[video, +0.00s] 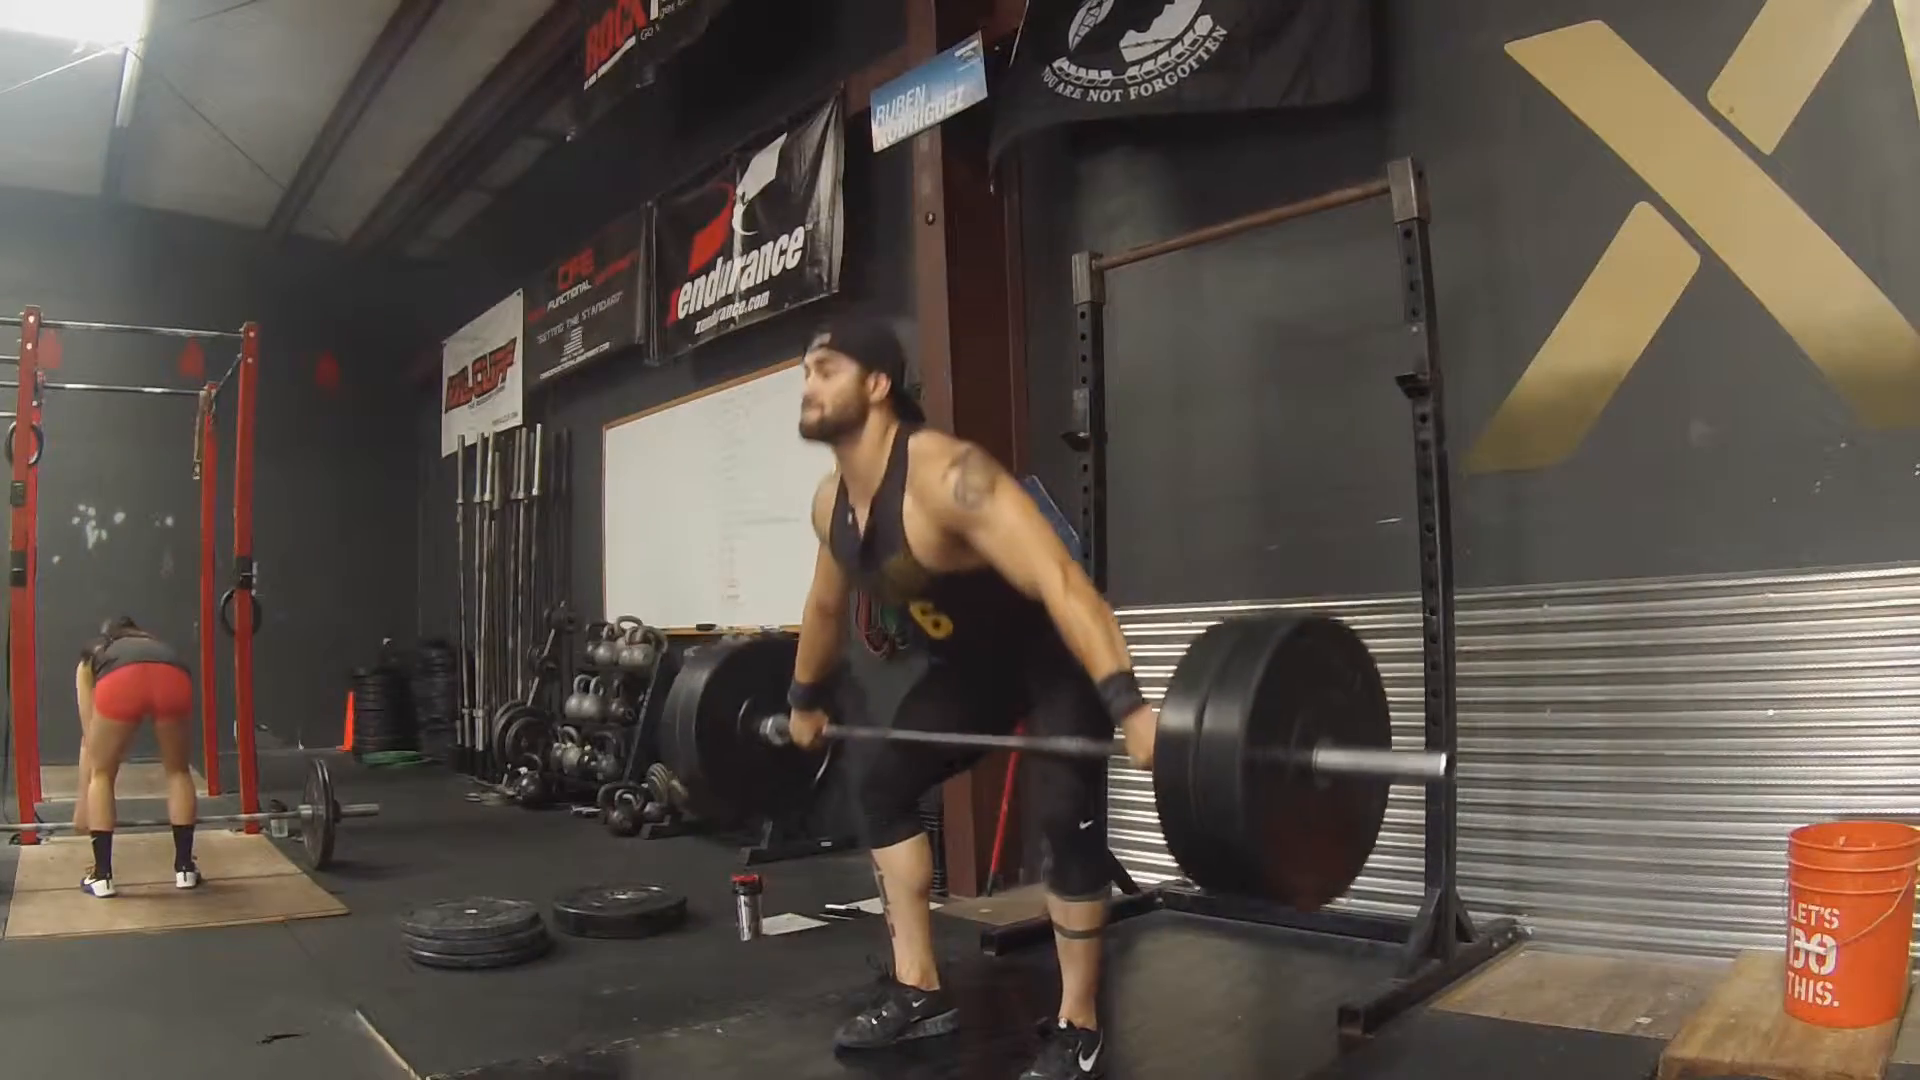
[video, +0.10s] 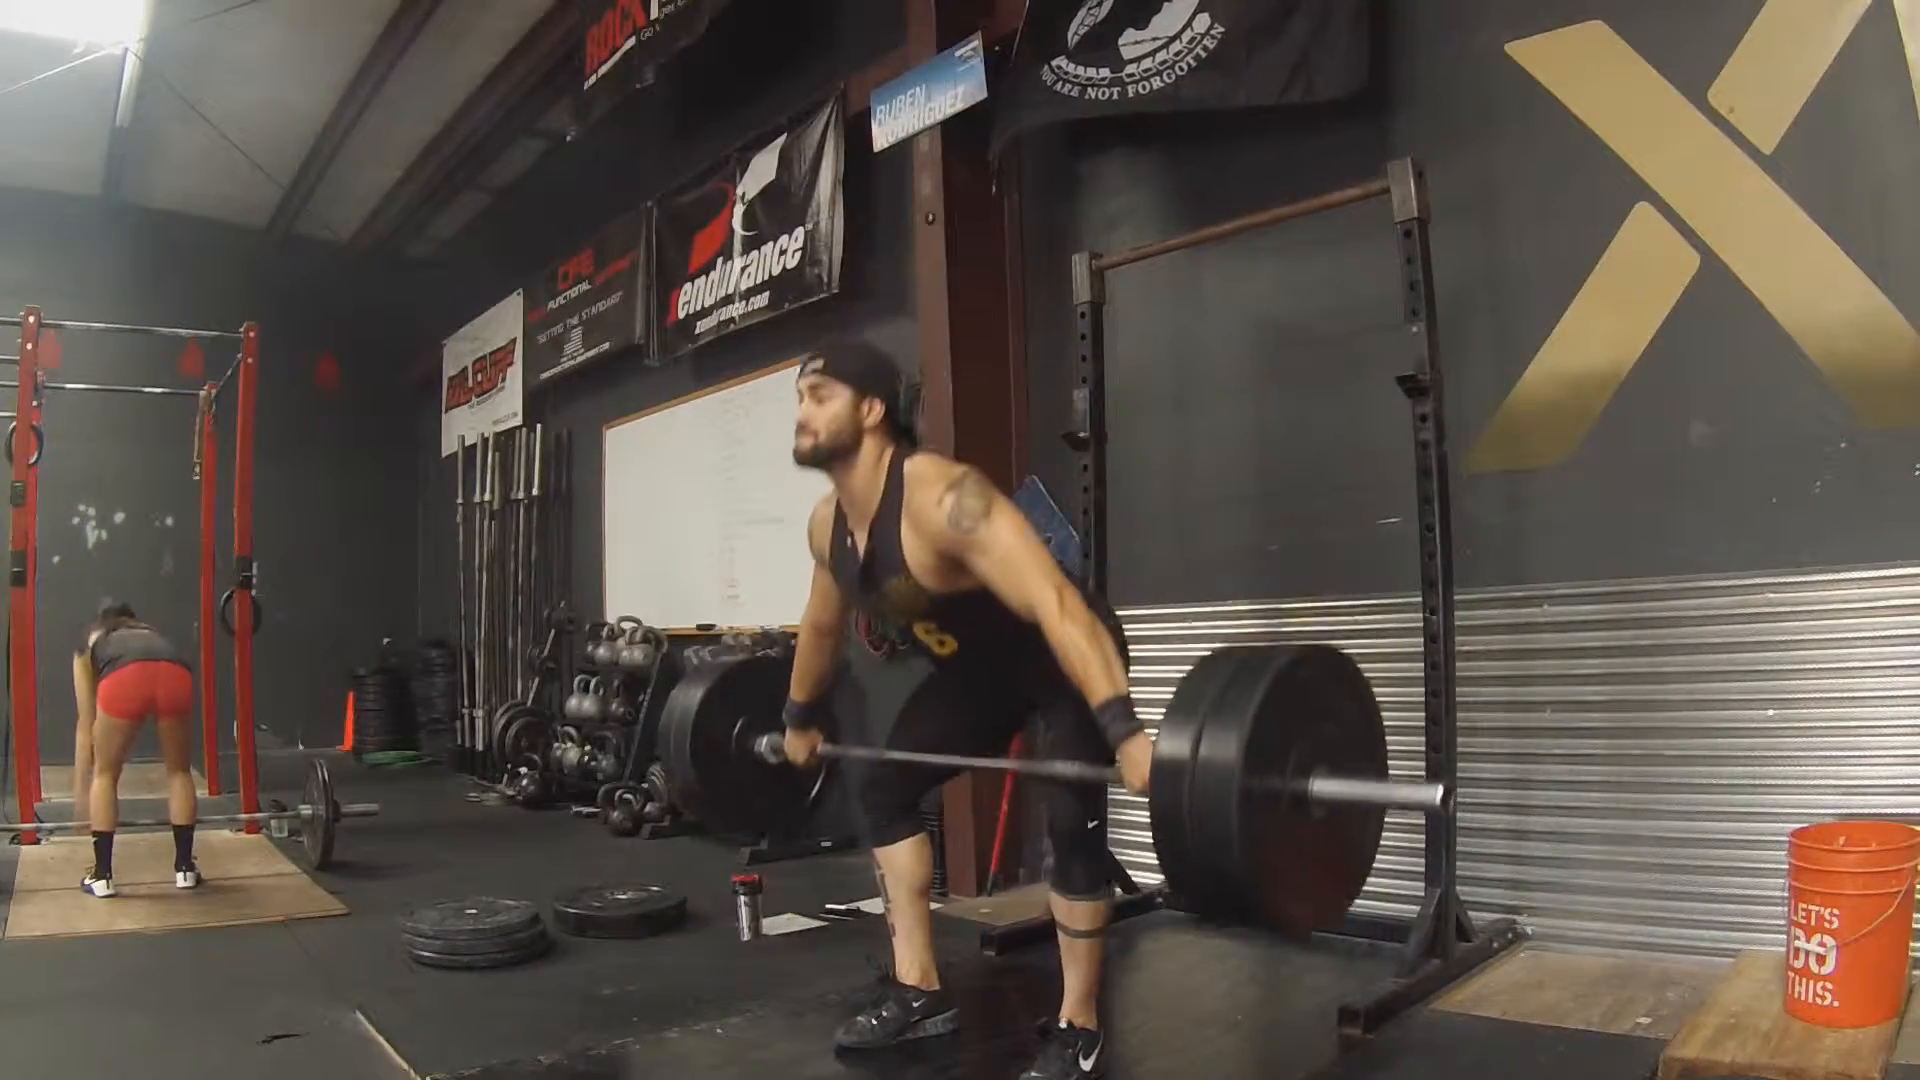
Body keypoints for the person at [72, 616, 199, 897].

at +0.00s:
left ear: (104, 637)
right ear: (137, 632)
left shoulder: (90, 659)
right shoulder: (158, 647)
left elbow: (89, 736)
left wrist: (82, 807)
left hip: (119, 680)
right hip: (173, 679)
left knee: (101, 774)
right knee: (178, 770)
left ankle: (102, 875)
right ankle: (185, 866)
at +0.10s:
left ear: (98, 628)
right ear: (132, 621)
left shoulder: (88, 647)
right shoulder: (153, 634)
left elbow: (86, 725)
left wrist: (80, 803)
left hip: (123, 679)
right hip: (175, 677)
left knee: (106, 775)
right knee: (179, 771)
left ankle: (102, 875)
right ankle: (185, 867)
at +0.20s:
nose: (92, 606)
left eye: (90, 602)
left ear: (90, 601)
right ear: (125, 599)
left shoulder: (83, 630)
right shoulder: (147, 618)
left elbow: (82, 702)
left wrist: (75, 766)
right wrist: (170, 766)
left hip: (129, 676)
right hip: (177, 671)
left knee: (107, 776)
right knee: (179, 769)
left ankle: (102, 874)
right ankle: (185, 867)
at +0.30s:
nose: (75, 577)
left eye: (77, 571)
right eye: (76, 571)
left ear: (86, 571)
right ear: (116, 573)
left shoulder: (79, 603)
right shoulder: (139, 595)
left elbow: (76, 673)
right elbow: (160, 658)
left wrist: (69, 733)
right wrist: (162, 736)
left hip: (135, 671)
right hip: (182, 668)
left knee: (106, 773)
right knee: (177, 769)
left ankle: (101, 873)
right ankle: (185, 867)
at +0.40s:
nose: (66, 551)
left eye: (69, 544)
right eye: (67, 543)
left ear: (82, 545)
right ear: (107, 544)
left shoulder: (72, 580)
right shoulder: (130, 573)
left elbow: (70, 646)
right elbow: (151, 636)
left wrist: (65, 708)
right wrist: (152, 709)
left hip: (133, 668)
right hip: (177, 663)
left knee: (99, 770)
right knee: (171, 768)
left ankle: (100, 874)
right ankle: (185, 865)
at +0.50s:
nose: (56, 530)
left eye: (61, 522)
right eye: (58, 521)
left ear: (79, 526)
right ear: (95, 527)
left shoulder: (63, 563)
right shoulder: (117, 558)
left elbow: (63, 631)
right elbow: (137, 621)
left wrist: (58, 691)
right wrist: (138, 703)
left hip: (121, 669)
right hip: (161, 663)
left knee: (93, 770)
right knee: (161, 768)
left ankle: (98, 875)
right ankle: (184, 864)